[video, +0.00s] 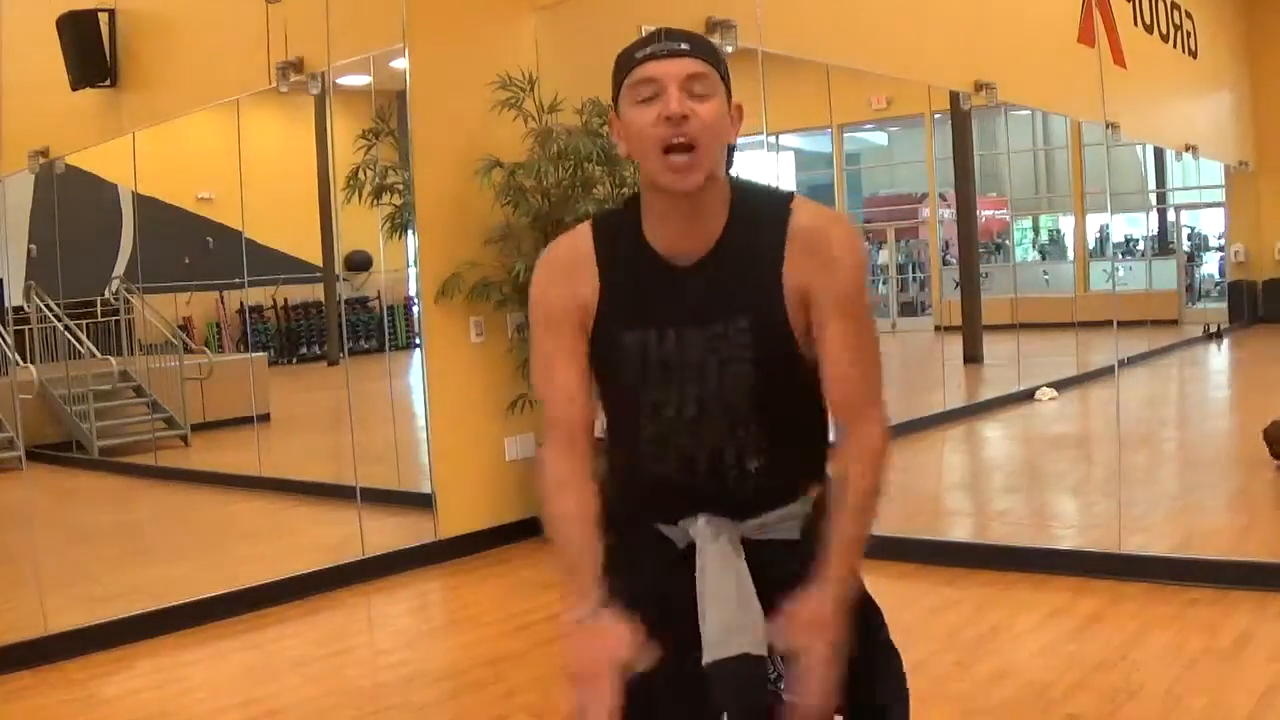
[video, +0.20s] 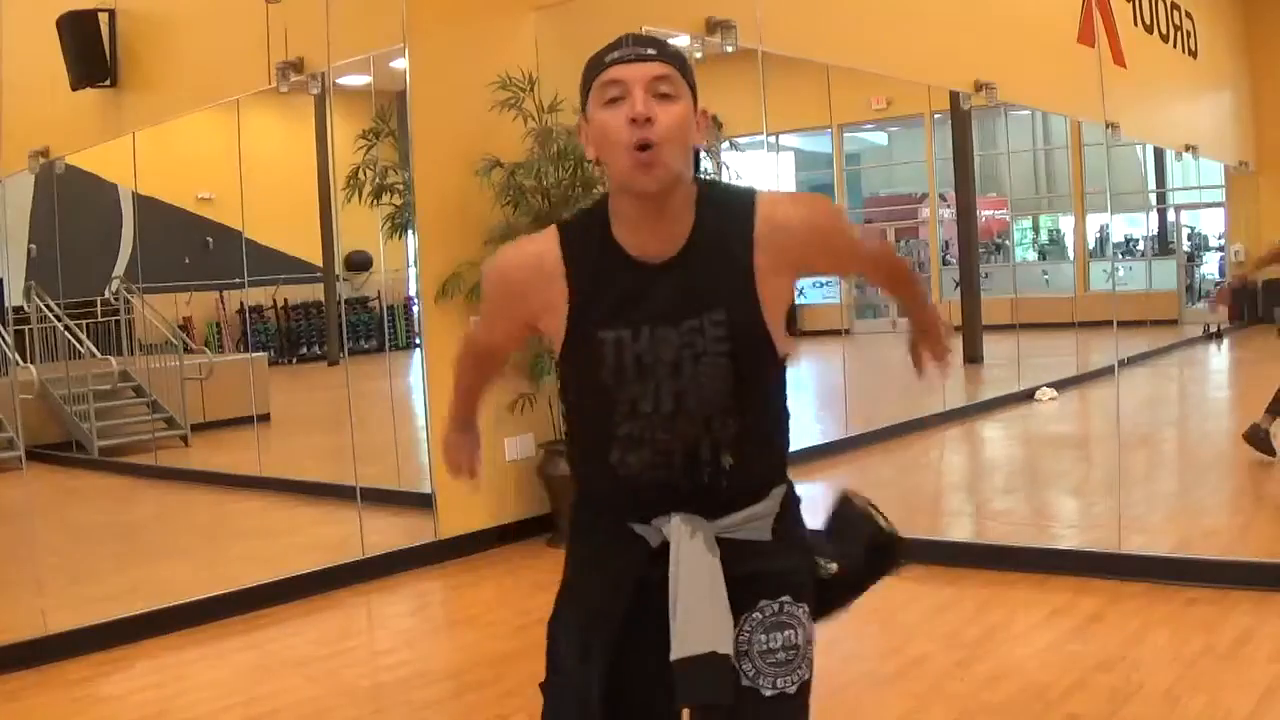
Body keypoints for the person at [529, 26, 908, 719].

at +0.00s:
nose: (676, 109)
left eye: (698, 89)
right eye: (648, 95)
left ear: (734, 119)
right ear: (618, 132)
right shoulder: (571, 268)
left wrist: (833, 587)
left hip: (791, 558)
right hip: (648, 567)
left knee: (863, 696)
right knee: (648, 704)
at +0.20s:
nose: (640, 110)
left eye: (663, 93)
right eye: (615, 97)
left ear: (699, 125)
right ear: (588, 137)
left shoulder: (782, 229)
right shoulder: (534, 271)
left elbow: (880, 262)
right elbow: (481, 353)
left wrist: (924, 313)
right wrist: (460, 420)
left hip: (754, 561)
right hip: (616, 566)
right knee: (595, 708)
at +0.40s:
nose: (594, 127)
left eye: (614, 112)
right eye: (569, 119)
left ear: (647, 142)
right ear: (543, 158)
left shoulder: (720, 226)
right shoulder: (496, 281)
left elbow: (792, 227)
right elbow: (447, 360)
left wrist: (833, 309)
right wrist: (433, 432)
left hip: (706, 553)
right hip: (574, 563)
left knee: (733, 707)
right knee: (553, 706)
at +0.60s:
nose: (579, 130)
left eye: (594, 118)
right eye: (556, 122)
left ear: (621, 147)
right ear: (531, 158)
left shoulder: (686, 249)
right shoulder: (488, 275)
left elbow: (753, 373)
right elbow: (439, 390)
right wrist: (455, 468)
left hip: (676, 524)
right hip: (553, 536)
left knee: (746, 693)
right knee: (532, 704)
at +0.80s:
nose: (594, 62)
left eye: (611, 54)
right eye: (574, 56)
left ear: (637, 88)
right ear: (552, 94)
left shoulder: (686, 167)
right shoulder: (509, 194)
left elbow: (670, 227)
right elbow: (464, 276)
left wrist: (547, 154)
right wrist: (474, 307)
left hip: (656, 437)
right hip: (545, 443)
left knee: (680, 619)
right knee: (556, 635)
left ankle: (639, 713)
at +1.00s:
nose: (599, 130)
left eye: (615, 122)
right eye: (582, 124)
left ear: (640, 150)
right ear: (561, 157)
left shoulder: (687, 247)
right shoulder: (523, 261)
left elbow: (675, 378)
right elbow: (488, 373)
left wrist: (607, 467)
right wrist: (500, 457)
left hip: (659, 488)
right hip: (560, 482)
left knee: (646, 681)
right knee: (494, 663)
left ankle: (639, 717)